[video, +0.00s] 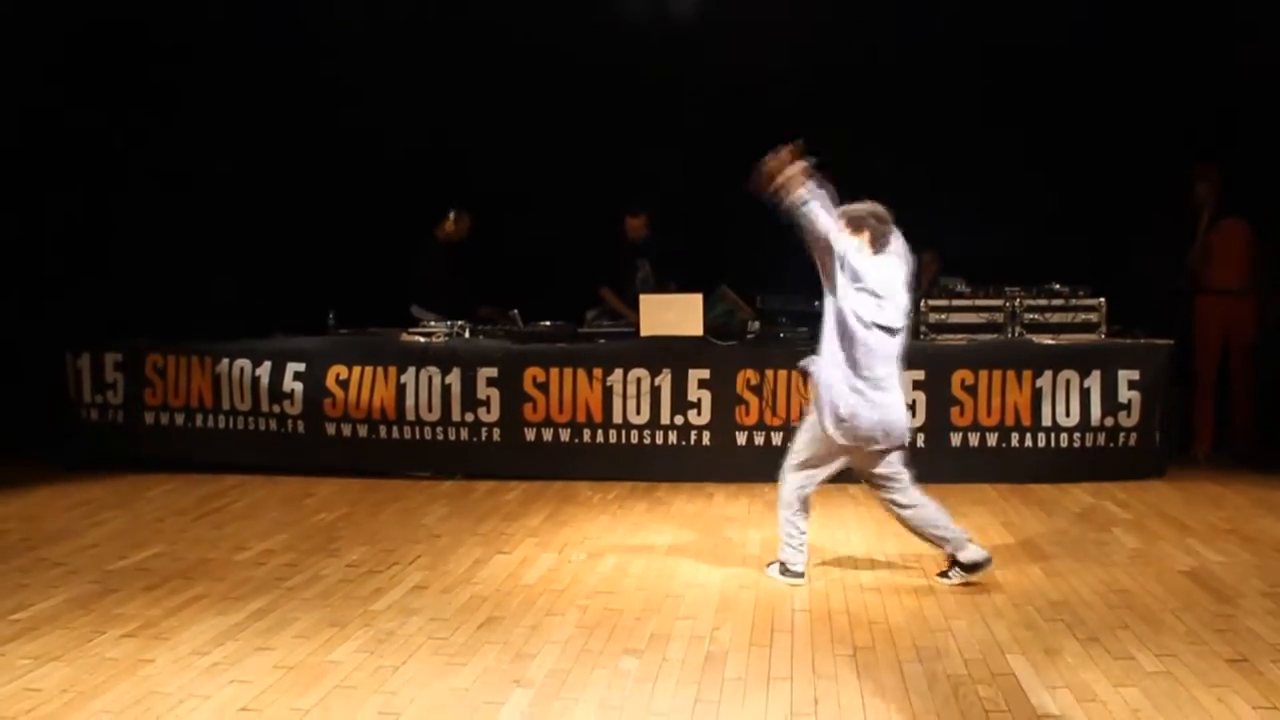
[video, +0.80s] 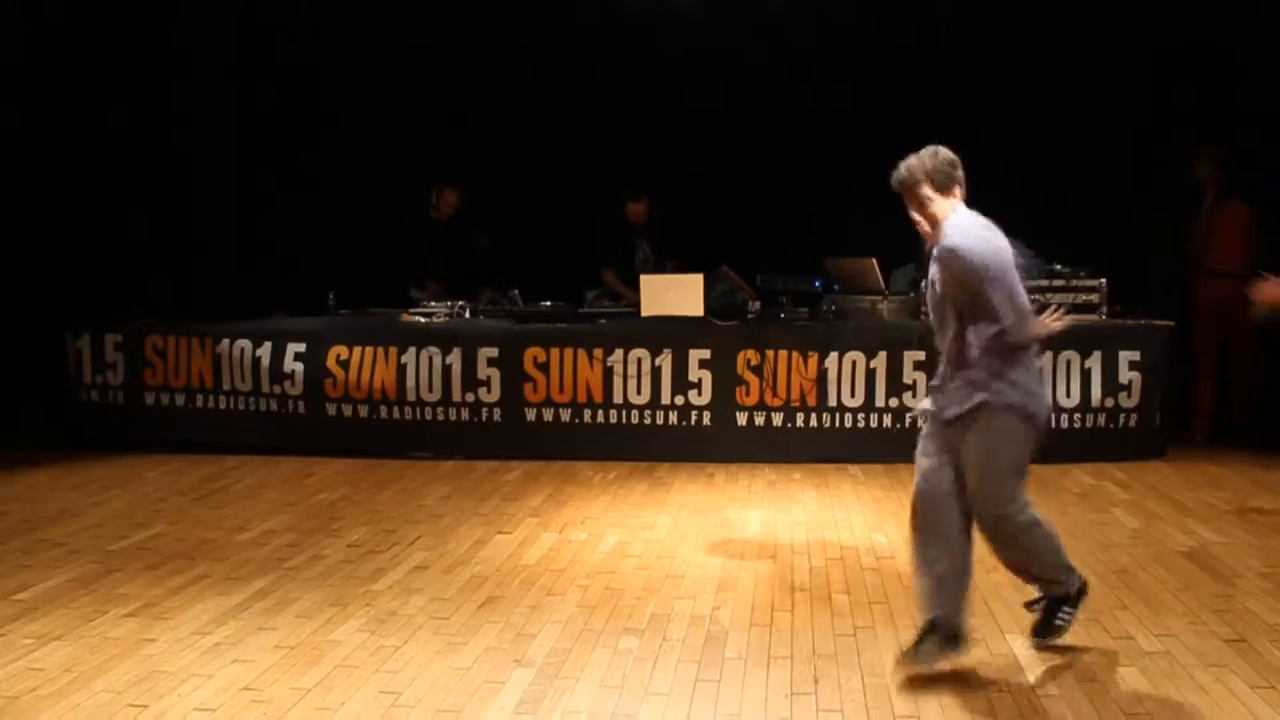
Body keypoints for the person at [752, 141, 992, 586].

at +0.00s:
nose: (837, 243)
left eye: (843, 234)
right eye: (838, 234)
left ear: (863, 236)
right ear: (878, 239)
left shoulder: (850, 266)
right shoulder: (897, 275)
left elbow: (821, 224)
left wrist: (794, 184)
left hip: (842, 406)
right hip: (885, 409)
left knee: (795, 476)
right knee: (901, 493)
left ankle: (792, 561)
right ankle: (966, 551)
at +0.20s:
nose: (852, 213)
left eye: (858, 204)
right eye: (853, 204)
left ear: (883, 207)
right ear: (895, 209)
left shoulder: (864, 258)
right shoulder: (929, 255)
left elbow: (860, 328)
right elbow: (968, 308)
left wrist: (857, 376)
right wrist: (981, 365)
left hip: (912, 384)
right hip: (959, 380)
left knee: (894, 464)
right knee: (943, 468)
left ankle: (968, 510)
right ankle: (966, 561)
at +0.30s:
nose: (866, 217)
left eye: (872, 208)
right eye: (868, 208)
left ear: (898, 211)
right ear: (906, 212)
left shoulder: (878, 262)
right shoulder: (953, 255)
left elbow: (877, 333)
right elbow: (1000, 275)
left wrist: (909, 348)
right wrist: (1014, 330)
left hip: (929, 379)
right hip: (967, 375)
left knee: (953, 489)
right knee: (951, 482)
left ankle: (1056, 454)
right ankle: (971, 567)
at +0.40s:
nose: (871, 199)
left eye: (877, 190)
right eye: (872, 190)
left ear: (902, 192)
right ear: (915, 193)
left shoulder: (889, 240)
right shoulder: (961, 233)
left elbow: (887, 314)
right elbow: (1010, 263)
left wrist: (916, 335)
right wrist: (1005, 325)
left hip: (951, 353)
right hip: (991, 348)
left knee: (981, 468)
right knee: (971, 463)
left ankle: (1092, 486)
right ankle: (966, 558)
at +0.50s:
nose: (880, 197)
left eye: (886, 187)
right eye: (881, 187)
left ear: (913, 192)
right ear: (923, 194)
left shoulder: (908, 240)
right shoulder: (951, 233)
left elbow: (905, 322)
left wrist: (893, 343)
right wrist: (947, 376)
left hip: (988, 365)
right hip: (1009, 357)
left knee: (996, 473)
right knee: (991, 469)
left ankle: (1065, 580)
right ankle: (1017, 562)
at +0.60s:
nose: (899, 216)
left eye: (906, 206)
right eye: (900, 206)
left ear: (937, 209)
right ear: (940, 212)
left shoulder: (942, 254)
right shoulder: (954, 250)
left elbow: (885, 315)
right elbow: (911, 324)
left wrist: (843, 360)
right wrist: (883, 374)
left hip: (1012, 401)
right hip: (993, 399)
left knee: (1013, 507)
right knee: (985, 494)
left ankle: (1072, 613)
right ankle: (1029, 576)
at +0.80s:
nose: (915, 215)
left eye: (918, 200)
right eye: (909, 205)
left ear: (945, 191)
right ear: (953, 191)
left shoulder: (970, 240)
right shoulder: (948, 245)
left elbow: (1018, 328)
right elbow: (959, 323)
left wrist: (1032, 330)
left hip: (999, 399)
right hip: (952, 401)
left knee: (996, 506)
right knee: (934, 503)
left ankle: (1063, 586)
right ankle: (944, 624)